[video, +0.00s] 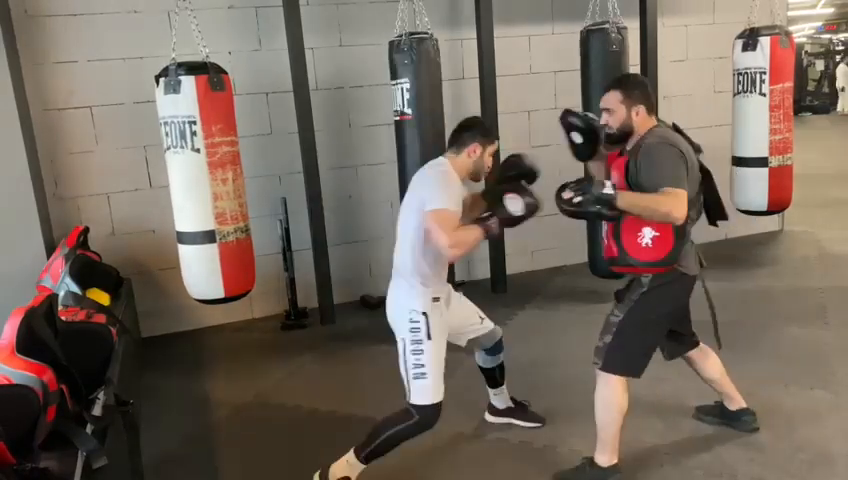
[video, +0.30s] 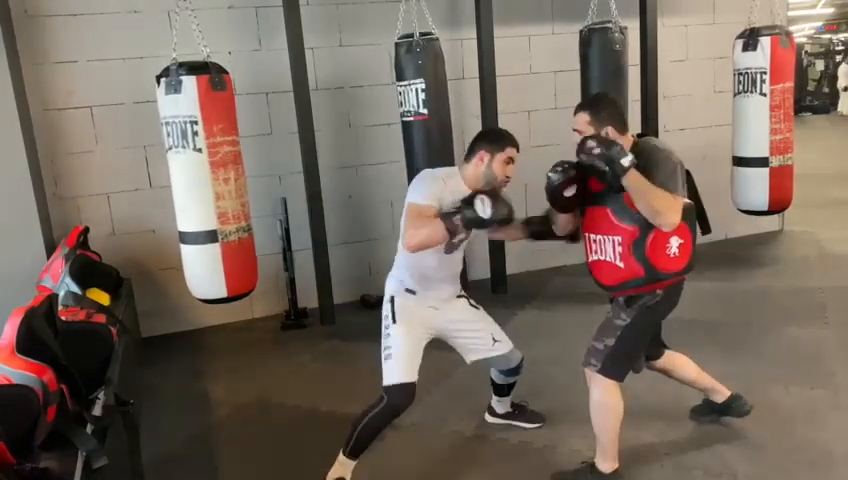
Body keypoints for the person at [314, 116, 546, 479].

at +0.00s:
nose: (491, 163)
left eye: (493, 156)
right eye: (491, 155)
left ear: (467, 149)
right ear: (474, 150)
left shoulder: (448, 175)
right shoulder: (439, 180)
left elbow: (460, 212)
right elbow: (451, 245)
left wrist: (499, 193)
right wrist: (494, 223)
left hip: (438, 293)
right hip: (415, 302)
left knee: (490, 339)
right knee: (425, 413)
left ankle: (501, 405)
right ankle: (343, 469)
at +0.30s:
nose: (510, 173)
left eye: (513, 165)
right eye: (507, 163)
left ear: (485, 160)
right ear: (482, 158)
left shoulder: (479, 196)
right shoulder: (430, 181)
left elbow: (493, 231)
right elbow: (413, 238)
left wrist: (545, 226)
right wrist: (469, 216)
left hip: (451, 297)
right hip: (407, 299)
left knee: (509, 359)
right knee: (399, 395)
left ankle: (500, 409)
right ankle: (342, 467)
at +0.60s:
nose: (473, 150)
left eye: (474, 143)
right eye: (467, 142)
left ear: (455, 140)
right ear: (440, 136)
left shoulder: (452, 166)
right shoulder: (396, 171)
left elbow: (484, 180)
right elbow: (419, 235)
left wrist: (529, 174)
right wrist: (447, 185)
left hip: (446, 276)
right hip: (400, 282)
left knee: (498, 339)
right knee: (380, 376)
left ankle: (501, 405)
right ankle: (336, 446)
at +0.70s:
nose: (466, 144)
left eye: (467, 138)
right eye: (462, 137)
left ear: (459, 140)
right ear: (434, 132)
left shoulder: (455, 156)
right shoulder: (389, 164)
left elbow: (500, 150)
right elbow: (409, 231)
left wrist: (536, 147)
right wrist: (435, 182)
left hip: (440, 269)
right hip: (394, 276)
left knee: (490, 328)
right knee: (371, 365)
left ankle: (504, 399)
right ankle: (338, 443)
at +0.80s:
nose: (472, 146)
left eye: (474, 139)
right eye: (467, 137)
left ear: (448, 133)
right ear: (441, 131)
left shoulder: (449, 164)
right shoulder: (397, 166)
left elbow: (476, 193)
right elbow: (418, 234)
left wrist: (497, 178)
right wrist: (447, 194)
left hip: (443, 272)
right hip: (399, 279)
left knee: (492, 333)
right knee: (372, 366)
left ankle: (507, 398)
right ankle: (338, 444)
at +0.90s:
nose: (479, 155)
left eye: (482, 150)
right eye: (479, 148)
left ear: (465, 139)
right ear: (462, 137)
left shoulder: (456, 166)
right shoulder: (416, 166)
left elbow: (487, 212)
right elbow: (449, 225)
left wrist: (490, 172)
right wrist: (472, 188)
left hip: (445, 275)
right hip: (406, 281)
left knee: (491, 332)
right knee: (394, 377)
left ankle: (508, 400)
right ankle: (340, 448)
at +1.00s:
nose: (484, 168)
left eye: (488, 163)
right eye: (485, 161)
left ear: (468, 149)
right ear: (472, 151)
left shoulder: (455, 176)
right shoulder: (434, 172)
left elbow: (480, 235)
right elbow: (470, 233)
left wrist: (494, 194)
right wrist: (485, 191)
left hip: (441, 281)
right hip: (409, 287)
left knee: (488, 333)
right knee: (414, 390)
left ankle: (507, 400)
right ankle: (339, 447)